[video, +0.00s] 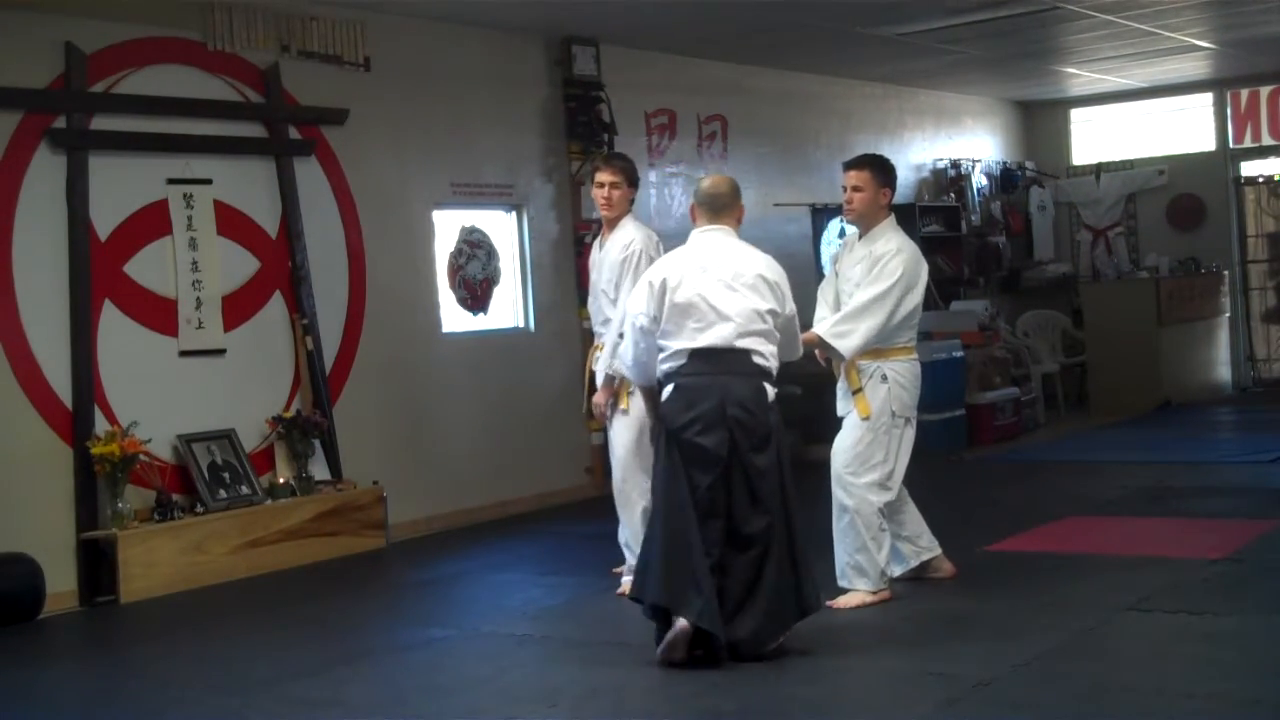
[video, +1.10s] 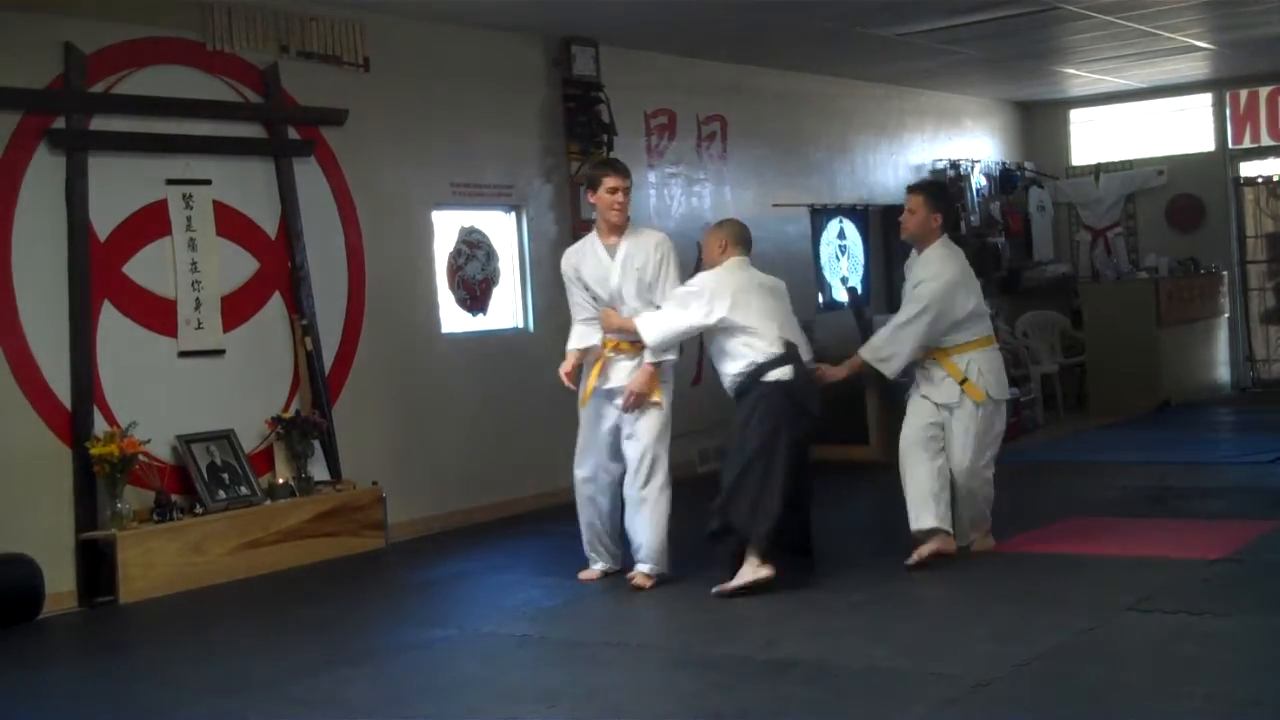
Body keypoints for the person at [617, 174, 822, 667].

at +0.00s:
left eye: (695, 210)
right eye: (740, 213)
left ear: (692, 214)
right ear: (740, 215)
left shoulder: (663, 270)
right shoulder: (767, 267)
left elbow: (638, 352)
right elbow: (791, 347)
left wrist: (656, 405)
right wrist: (756, 361)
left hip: (688, 385)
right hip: (750, 384)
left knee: (690, 507)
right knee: (754, 506)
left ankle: (686, 612)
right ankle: (755, 625)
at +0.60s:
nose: (700, 247)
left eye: (698, 242)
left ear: (701, 243)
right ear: (743, 244)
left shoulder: (679, 288)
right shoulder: (768, 283)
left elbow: (640, 338)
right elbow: (816, 353)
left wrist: (617, 386)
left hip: (707, 386)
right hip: (762, 384)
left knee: (716, 489)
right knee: (774, 487)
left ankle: (731, 584)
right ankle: (778, 562)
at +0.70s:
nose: (695, 246)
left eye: (695, 241)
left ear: (699, 242)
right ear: (739, 245)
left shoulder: (678, 287)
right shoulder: (768, 280)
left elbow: (628, 328)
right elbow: (823, 335)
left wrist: (584, 339)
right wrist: (848, 375)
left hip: (716, 379)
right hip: (770, 378)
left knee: (720, 484)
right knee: (783, 483)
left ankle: (728, 582)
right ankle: (781, 564)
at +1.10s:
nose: (702, 252)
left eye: (704, 245)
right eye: (703, 245)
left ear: (721, 245)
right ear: (741, 247)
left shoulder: (715, 283)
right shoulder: (774, 284)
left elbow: (663, 324)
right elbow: (801, 344)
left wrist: (621, 324)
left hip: (767, 388)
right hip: (799, 383)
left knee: (749, 469)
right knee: (788, 472)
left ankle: (754, 560)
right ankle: (791, 554)